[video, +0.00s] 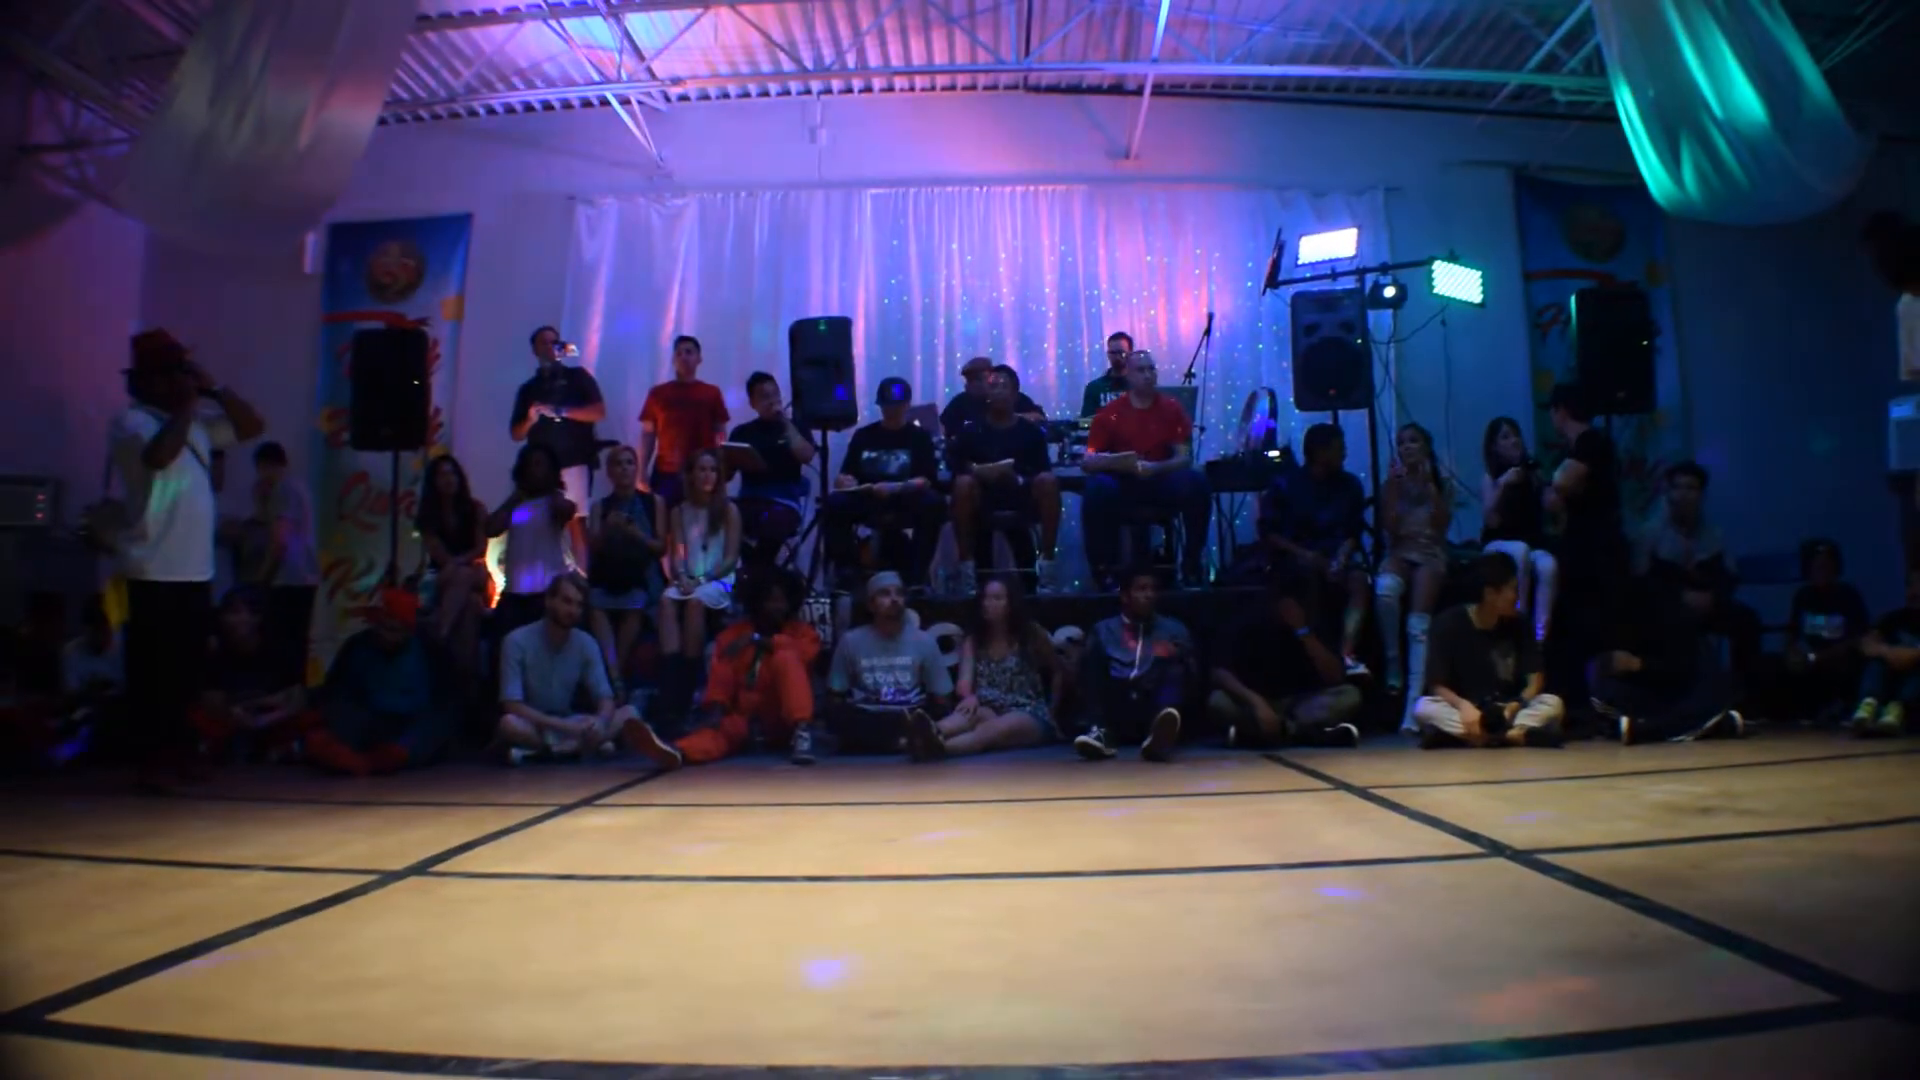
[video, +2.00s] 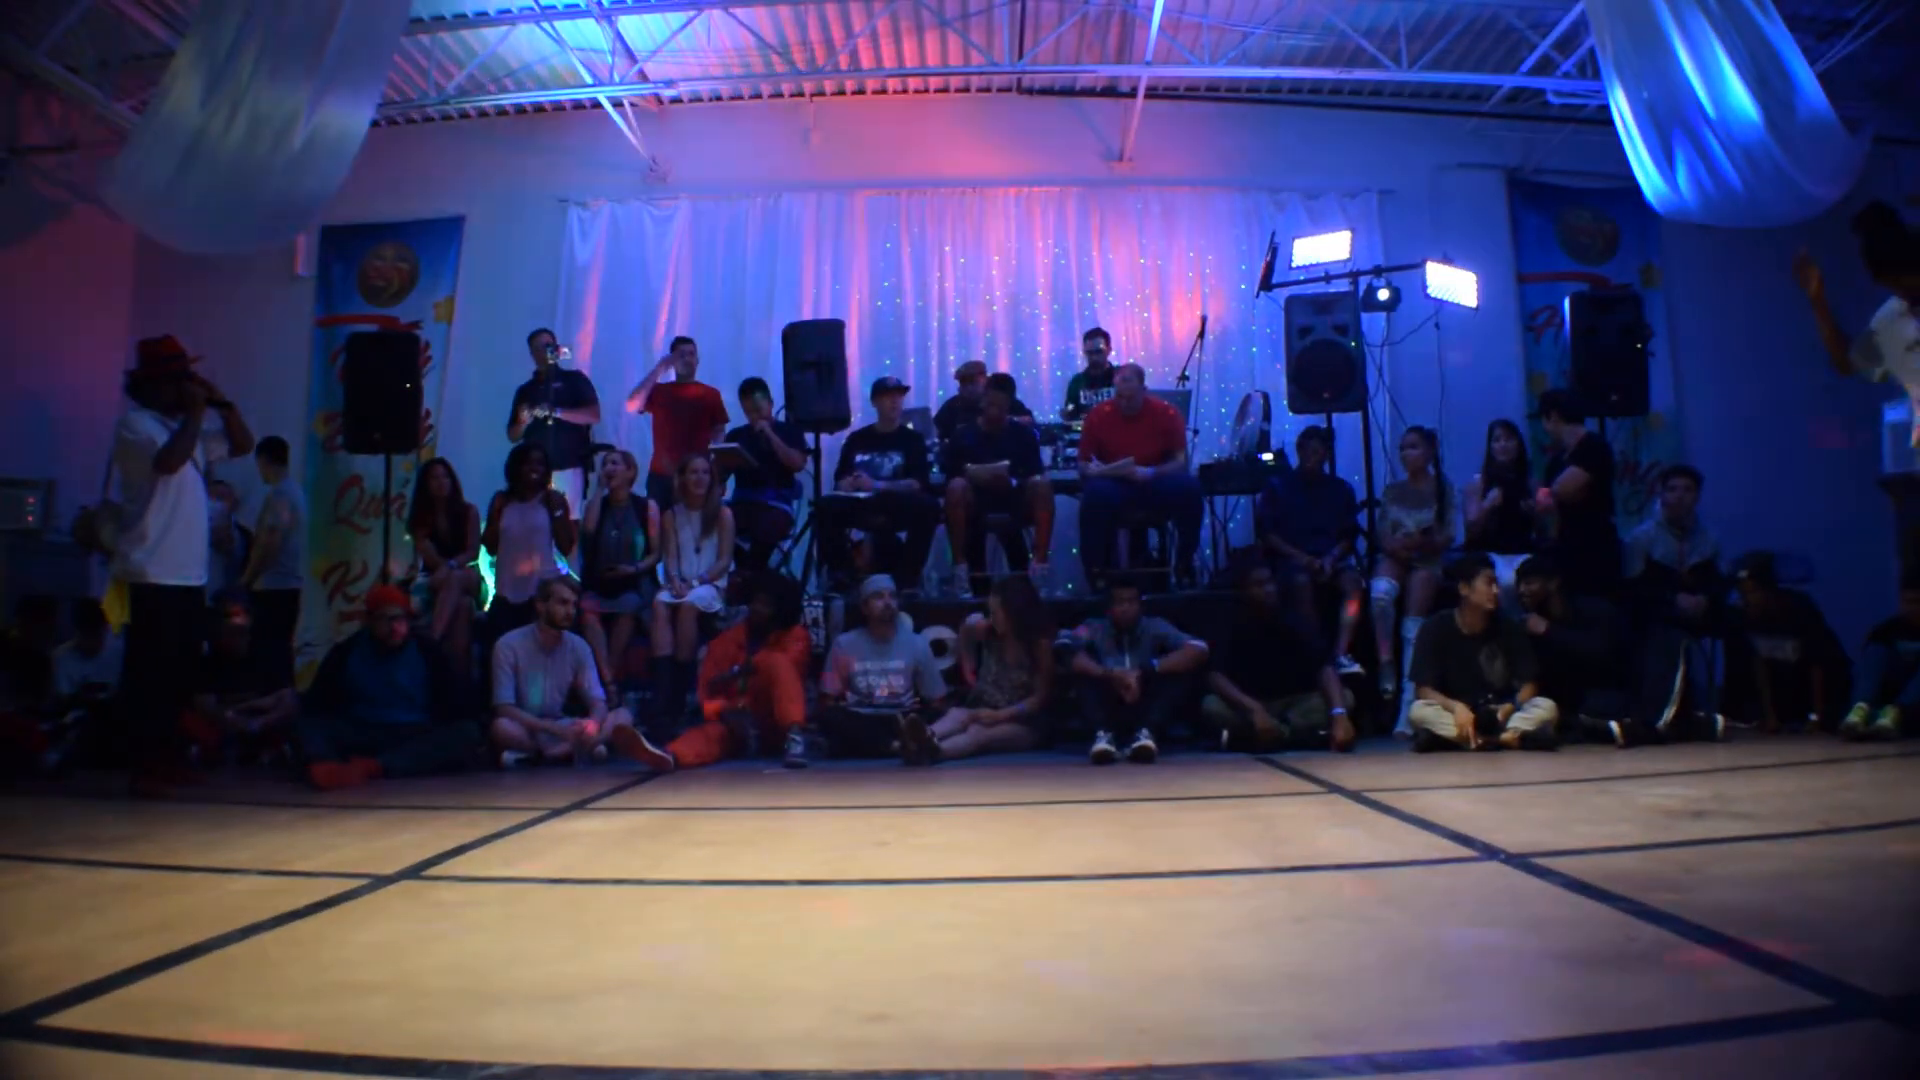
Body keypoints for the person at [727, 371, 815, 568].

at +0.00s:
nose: (772, 401)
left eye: (775, 394)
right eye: (765, 396)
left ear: (780, 396)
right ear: (753, 402)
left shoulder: (795, 428)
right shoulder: (742, 432)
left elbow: (806, 456)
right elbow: (727, 473)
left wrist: (786, 423)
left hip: (785, 495)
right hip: (751, 495)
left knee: (773, 527)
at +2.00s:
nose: (755, 416)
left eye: (759, 409)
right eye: (750, 411)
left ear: (770, 405)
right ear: (744, 409)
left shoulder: (789, 432)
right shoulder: (736, 436)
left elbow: (798, 463)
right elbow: (721, 477)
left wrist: (770, 435)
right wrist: (722, 459)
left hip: (777, 499)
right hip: (744, 499)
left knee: (769, 529)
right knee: (721, 523)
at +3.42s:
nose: (755, 416)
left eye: (760, 409)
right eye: (750, 410)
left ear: (772, 403)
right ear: (744, 407)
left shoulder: (789, 433)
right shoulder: (736, 435)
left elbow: (802, 468)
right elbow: (719, 472)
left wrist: (772, 459)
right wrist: (739, 456)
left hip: (776, 501)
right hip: (742, 500)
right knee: (721, 529)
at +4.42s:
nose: (758, 414)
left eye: (763, 408)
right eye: (753, 408)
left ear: (775, 404)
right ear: (747, 407)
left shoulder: (790, 433)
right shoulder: (736, 435)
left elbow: (804, 469)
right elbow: (719, 475)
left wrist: (775, 459)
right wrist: (731, 460)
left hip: (777, 501)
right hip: (743, 500)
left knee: (762, 537)